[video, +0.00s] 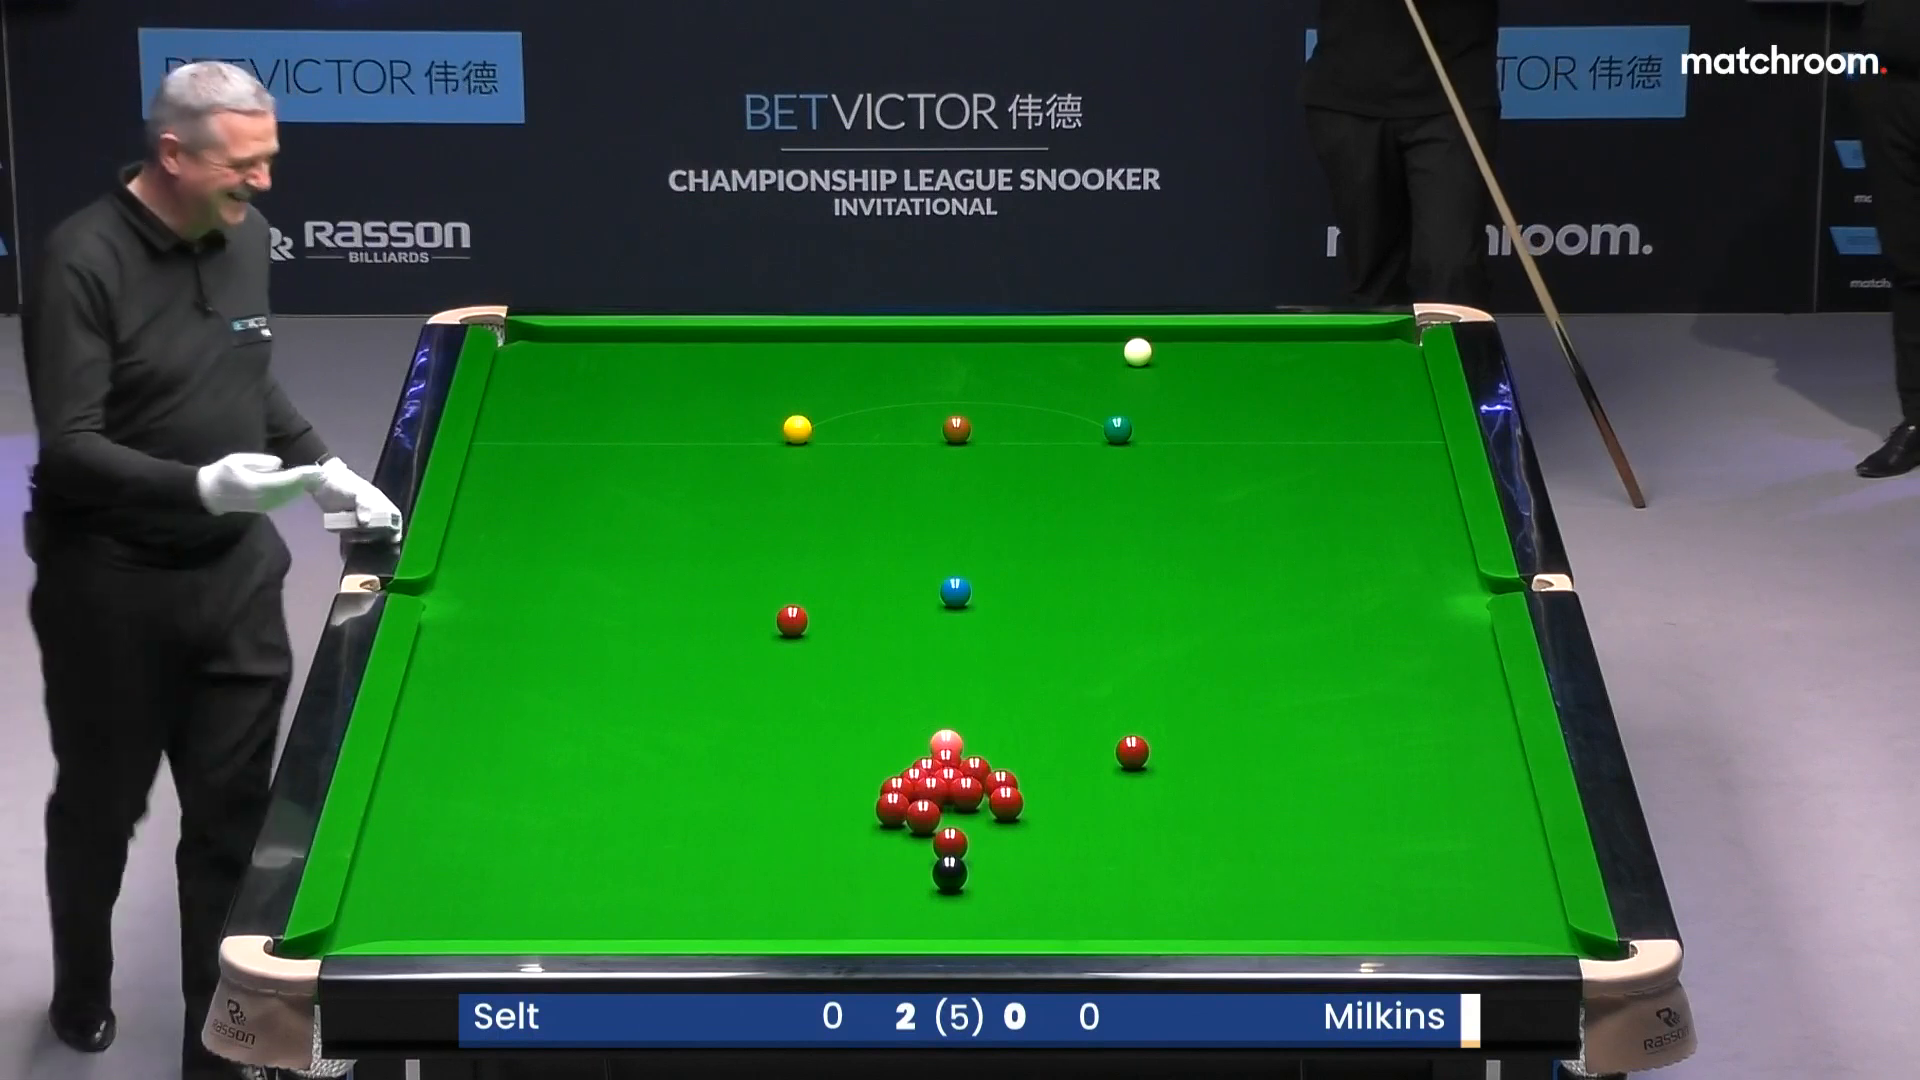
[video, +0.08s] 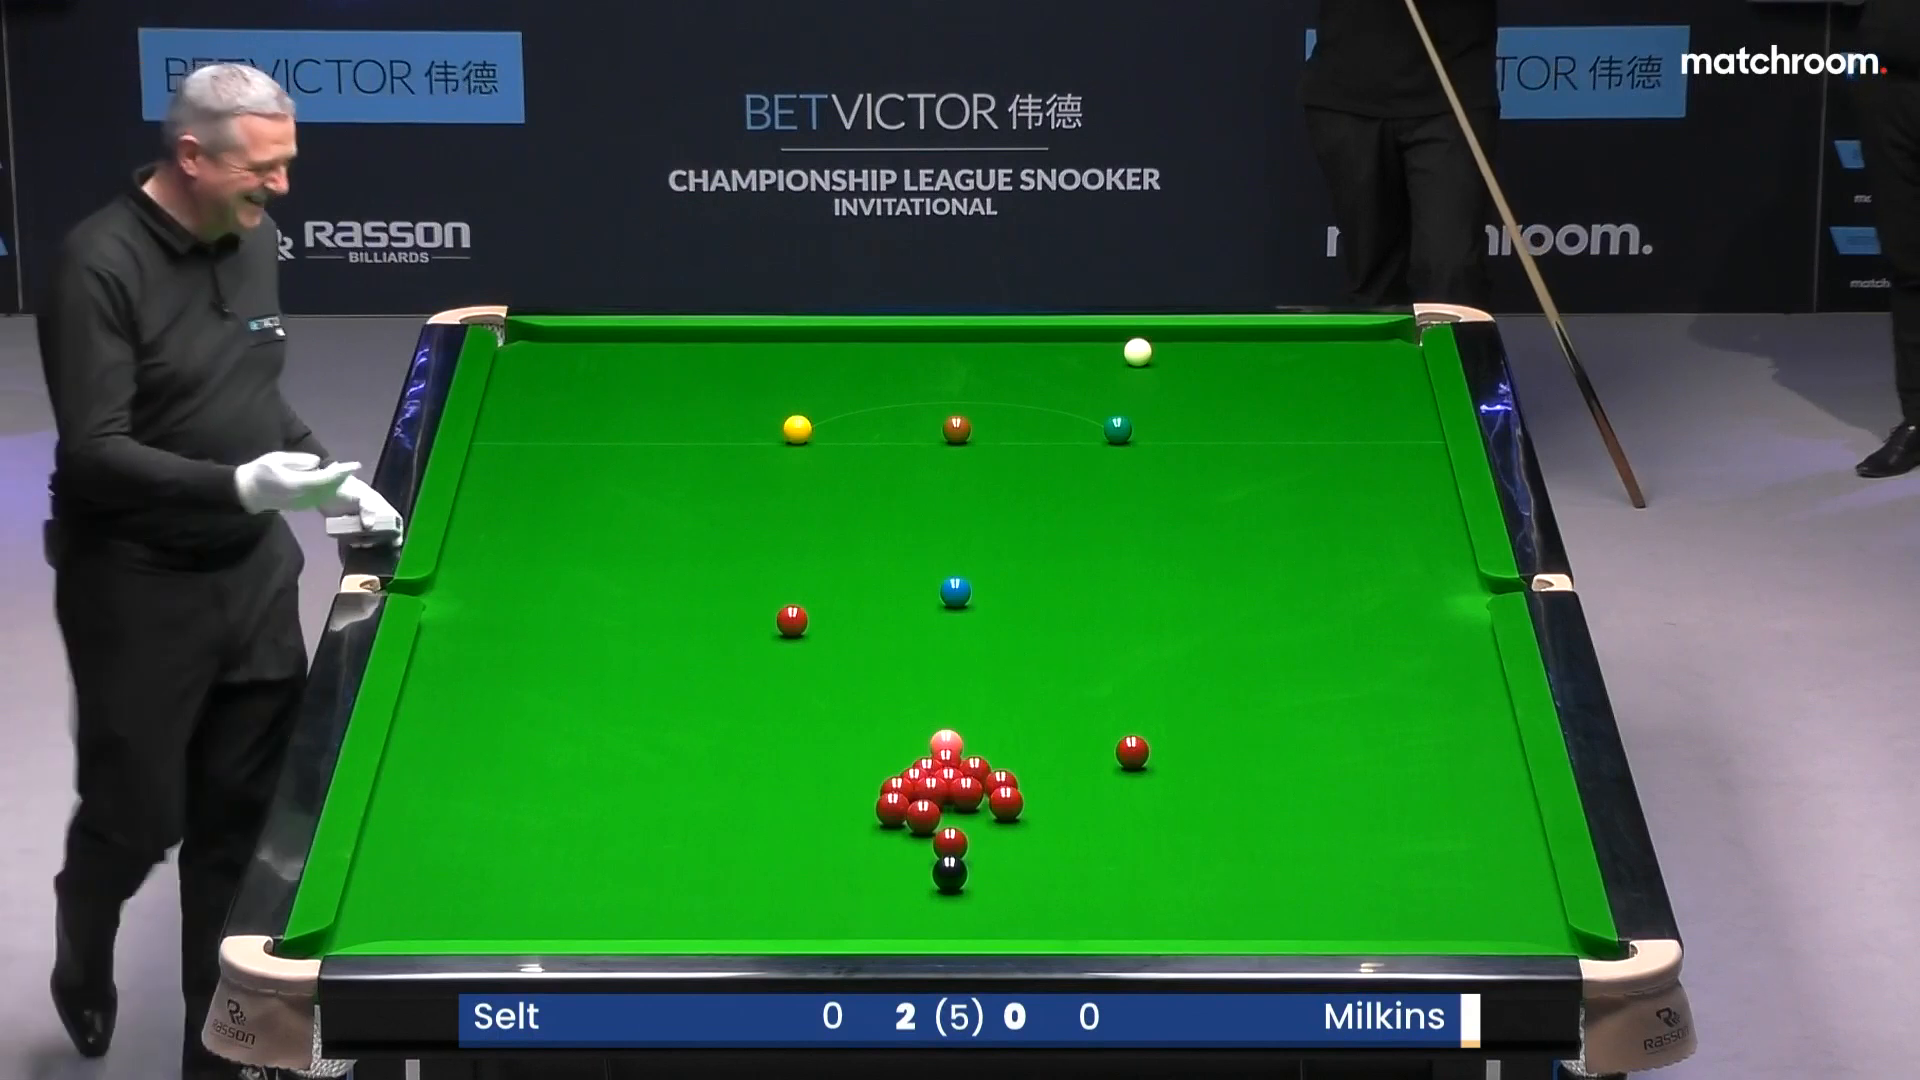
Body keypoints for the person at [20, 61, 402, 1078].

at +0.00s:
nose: (264, 182)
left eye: (268, 161)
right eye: (245, 165)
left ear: (249, 148)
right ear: (173, 155)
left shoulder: (244, 238)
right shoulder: (79, 259)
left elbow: (256, 388)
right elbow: (67, 444)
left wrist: (328, 477)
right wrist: (198, 483)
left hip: (235, 575)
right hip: (109, 587)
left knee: (231, 823)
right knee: (99, 807)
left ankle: (218, 1031)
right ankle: (81, 980)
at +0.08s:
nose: (279, 186)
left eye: (285, 167)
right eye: (263, 170)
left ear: (224, 160)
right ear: (192, 157)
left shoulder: (253, 247)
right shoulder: (97, 264)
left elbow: (259, 401)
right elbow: (91, 450)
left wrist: (333, 484)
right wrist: (236, 484)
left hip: (252, 578)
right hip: (137, 592)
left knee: (236, 838)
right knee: (133, 823)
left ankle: (220, 1047)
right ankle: (83, 943)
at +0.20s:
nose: (303, 192)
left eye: (308, 172)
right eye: (287, 175)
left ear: (236, 167)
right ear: (215, 164)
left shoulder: (257, 250)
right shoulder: (120, 271)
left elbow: (262, 416)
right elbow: (131, 461)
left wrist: (337, 491)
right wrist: (288, 482)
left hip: (264, 578)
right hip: (158, 593)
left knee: (258, 825)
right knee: (204, 821)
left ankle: (228, 1048)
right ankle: (102, 974)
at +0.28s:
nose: (318, 198)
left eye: (323, 178)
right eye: (301, 180)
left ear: (260, 174)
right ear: (231, 171)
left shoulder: (260, 249)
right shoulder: (138, 280)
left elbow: (265, 422)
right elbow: (158, 470)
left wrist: (332, 509)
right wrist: (319, 488)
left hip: (268, 578)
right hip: (174, 592)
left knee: (286, 810)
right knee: (230, 829)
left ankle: (231, 1035)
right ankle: (141, 1044)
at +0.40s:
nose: (344, 218)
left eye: (350, 197)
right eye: (328, 199)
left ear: (268, 188)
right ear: (258, 184)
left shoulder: (259, 263)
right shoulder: (173, 299)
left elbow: (274, 445)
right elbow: (211, 495)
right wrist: (375, 504)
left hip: (270, 592)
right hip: (203, 610)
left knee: (276, 840)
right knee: (223, 860)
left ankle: (265, 1051)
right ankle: (214, 1060)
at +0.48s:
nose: (361, 230)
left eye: (368, 210)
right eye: (348, 210)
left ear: (285, 193)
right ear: (280, 192)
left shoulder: (250, 269)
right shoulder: (200, 311)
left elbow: (276, 449)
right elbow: (248, 506)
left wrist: (344, 544)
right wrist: (417, 514)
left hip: (258, 602)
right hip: (213, 619)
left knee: (269, 842)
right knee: (227, 861)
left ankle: (253, 1049)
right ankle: (211, 1058)